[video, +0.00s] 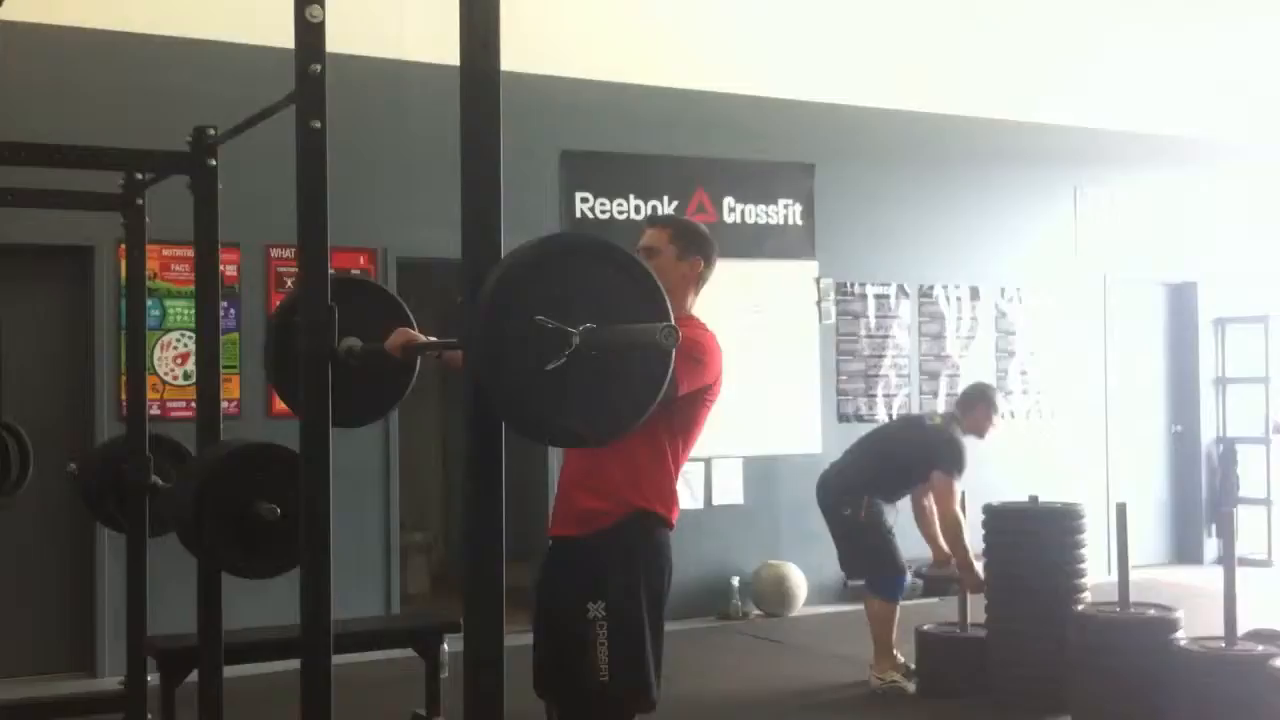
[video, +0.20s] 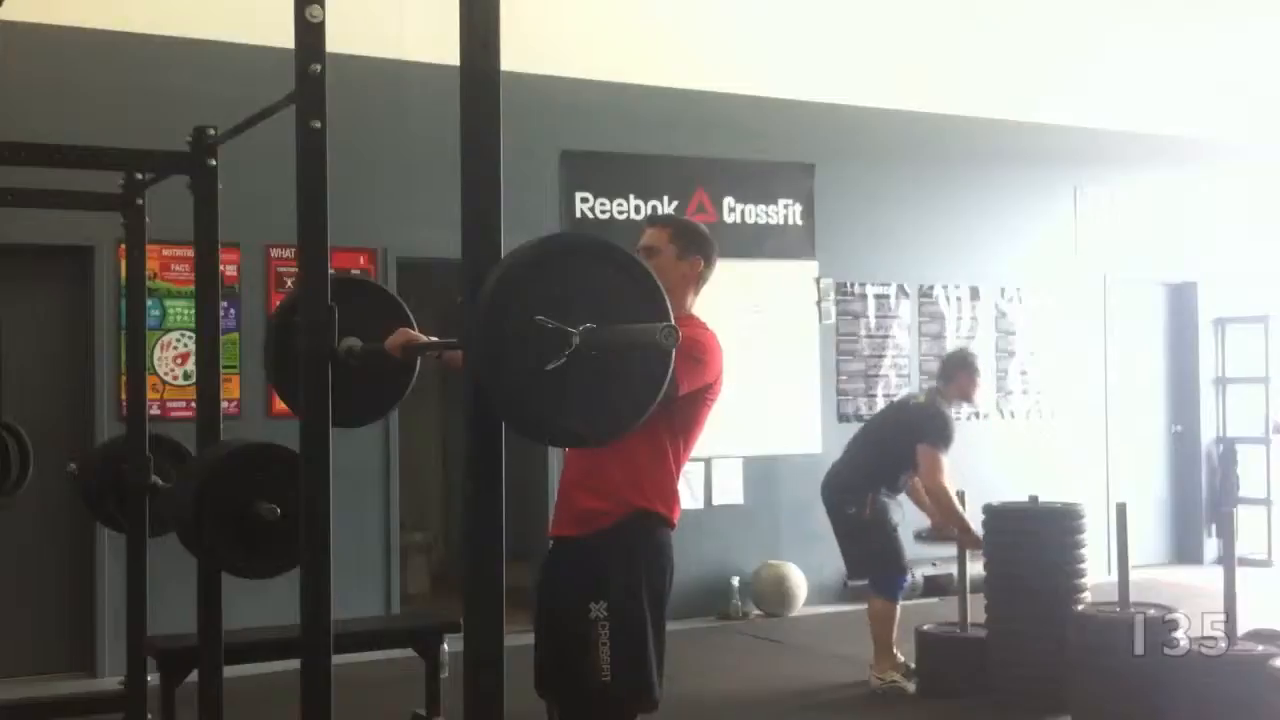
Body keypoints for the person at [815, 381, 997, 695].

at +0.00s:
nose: (992, 422)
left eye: (994, 415)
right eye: (991, 414)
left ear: (965, 407)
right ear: (976, 409)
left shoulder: (930, 427)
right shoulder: (947, 443)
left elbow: (921, 500)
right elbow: (950, 512)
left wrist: (939, 549)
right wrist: (968, 569)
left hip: (843, 488)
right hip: (852, 494)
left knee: (885, 575)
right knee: (889, 576)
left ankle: (887, 658)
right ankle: (882, 667)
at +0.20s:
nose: (977, 385)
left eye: (977, 378)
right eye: (974, 378)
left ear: (948, 378)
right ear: (959, 378)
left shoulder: (916, 407)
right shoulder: (933, 415)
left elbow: (909, 479)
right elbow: (932, 483)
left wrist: (939, 519)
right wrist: (967, 533)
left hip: (851, 487)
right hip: (857, 492)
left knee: (888, 575)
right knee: (890, 576)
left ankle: (887, 659)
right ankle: (882, 668)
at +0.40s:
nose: (949, 347)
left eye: (947, 340)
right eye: (943, 340)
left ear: (922, 345)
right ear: (927, 344)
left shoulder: (909, 385)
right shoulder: (908, 386)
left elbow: (908, 450)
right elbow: (908, 446)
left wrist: (941, 478)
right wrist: (955, 476)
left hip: (875, 490)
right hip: (868, 492)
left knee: (890, 576)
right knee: (890, 577)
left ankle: (886, 659)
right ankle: (882, 667)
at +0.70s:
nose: (916, 330)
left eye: (915, 323)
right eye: (908, 324)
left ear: (906, 329)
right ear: (884, 330)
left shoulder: (907, 379)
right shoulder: (867, 372)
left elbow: (906, 434)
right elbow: (854, 425)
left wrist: (935, 457)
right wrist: (905, 448)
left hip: (892, 493)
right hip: (858, 493)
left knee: (891, 576)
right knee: (861, 578)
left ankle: (885, 654)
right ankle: (865, 662)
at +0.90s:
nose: (878, 327)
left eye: (881, 319)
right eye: (869, 322)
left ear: (890, 325)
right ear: (857, 330)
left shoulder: (904, 378)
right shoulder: (840, 375)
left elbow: (911, 428)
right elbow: (819, 426)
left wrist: (923, 455)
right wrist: (853, 448)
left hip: (889, 488)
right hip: (849, 487)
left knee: (887, 572)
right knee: (846, 571)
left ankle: (883, 655)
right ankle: (825, 661)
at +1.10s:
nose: (841, 328)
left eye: (848, 321)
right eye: (834, 323)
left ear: (864, 326)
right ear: (828, 331)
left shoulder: (886, 378)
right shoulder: (812, 379)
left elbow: (907, 424)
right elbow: (791, 429)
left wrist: (909, 449)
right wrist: (807, 453)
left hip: (873, 487)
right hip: (829, 488)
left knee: (877, 573)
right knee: (822, 576)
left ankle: (881, 654)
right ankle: (808, 660)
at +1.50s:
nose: (789, 327)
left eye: (796, 319)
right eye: (784, 321)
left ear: (813, 324)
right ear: (778, 329)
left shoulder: (839, 374)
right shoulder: (767, 379)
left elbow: (867, 426)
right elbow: (752, 429)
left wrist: (844, 448)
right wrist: (745, 453)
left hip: (827, 484)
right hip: (784, 485)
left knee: (847, 568)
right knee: (796, 576)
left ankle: (856, 647)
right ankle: (805, 662)